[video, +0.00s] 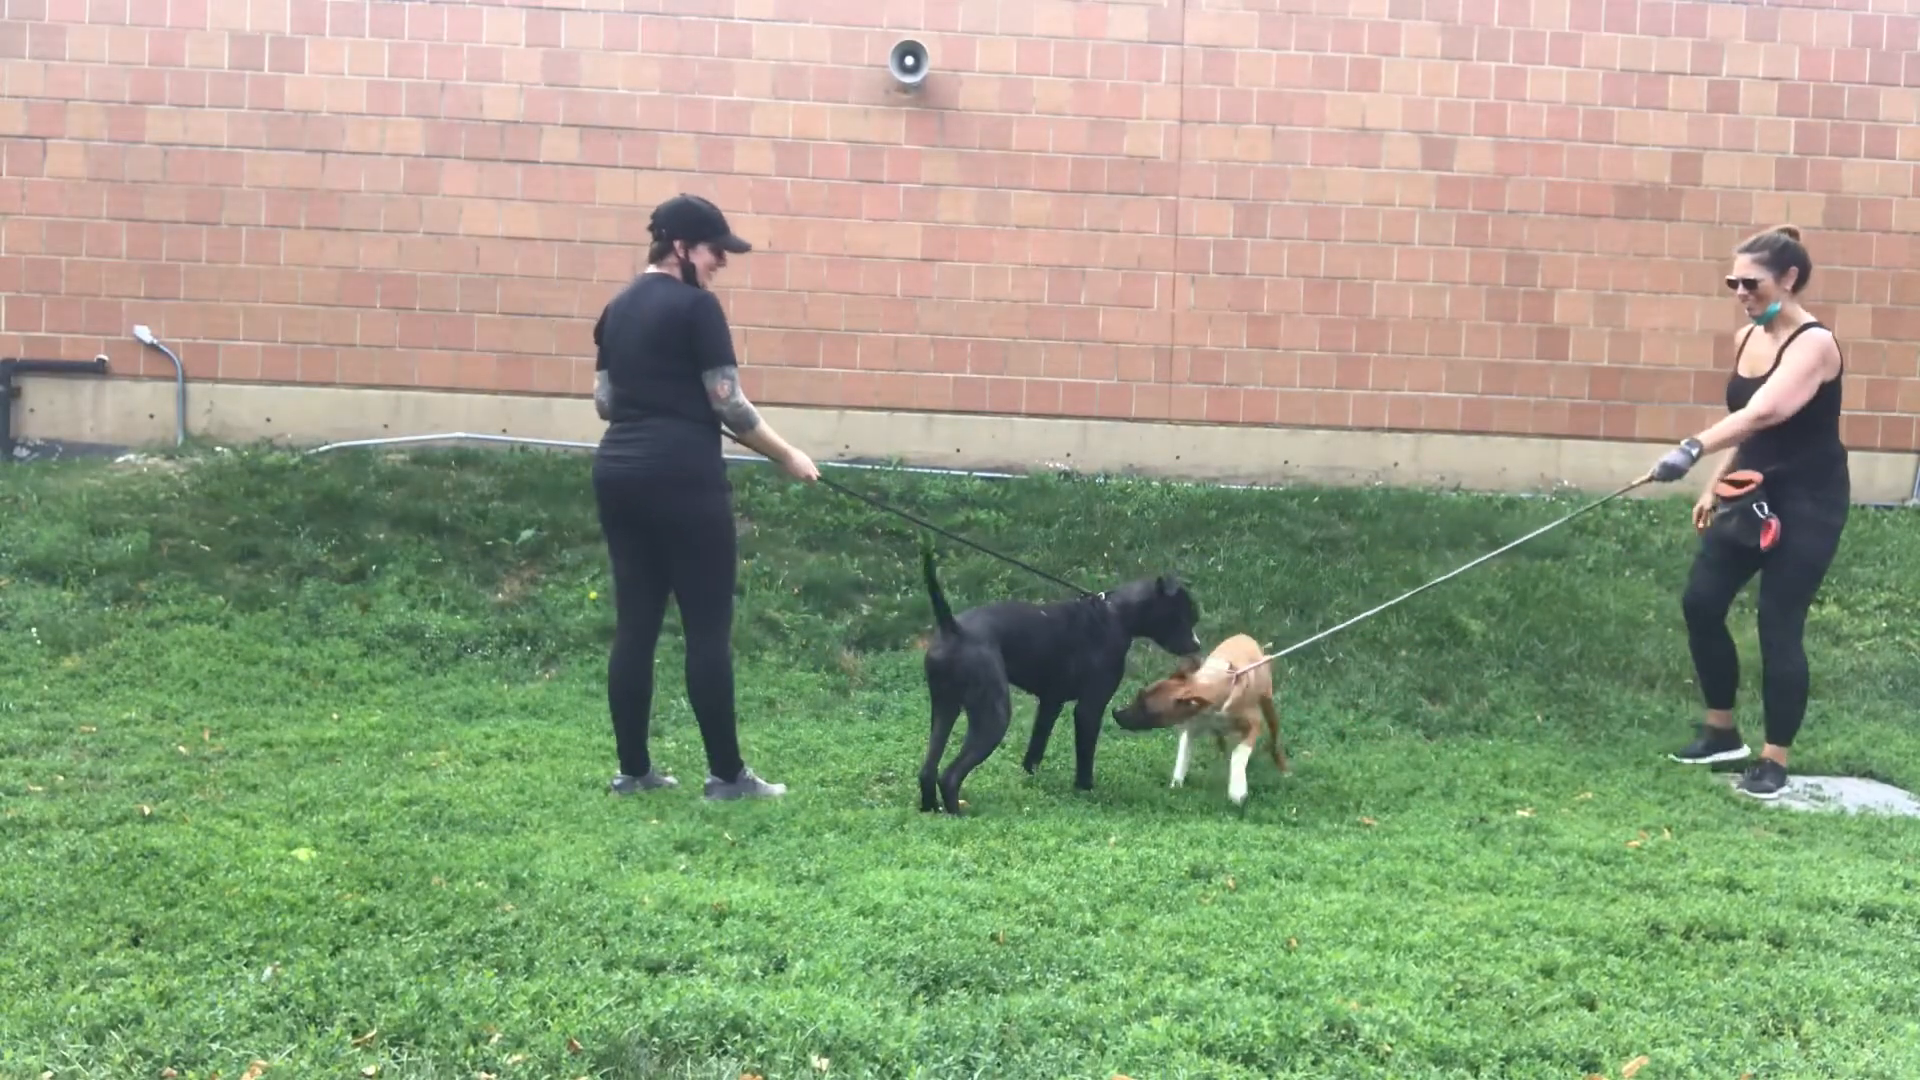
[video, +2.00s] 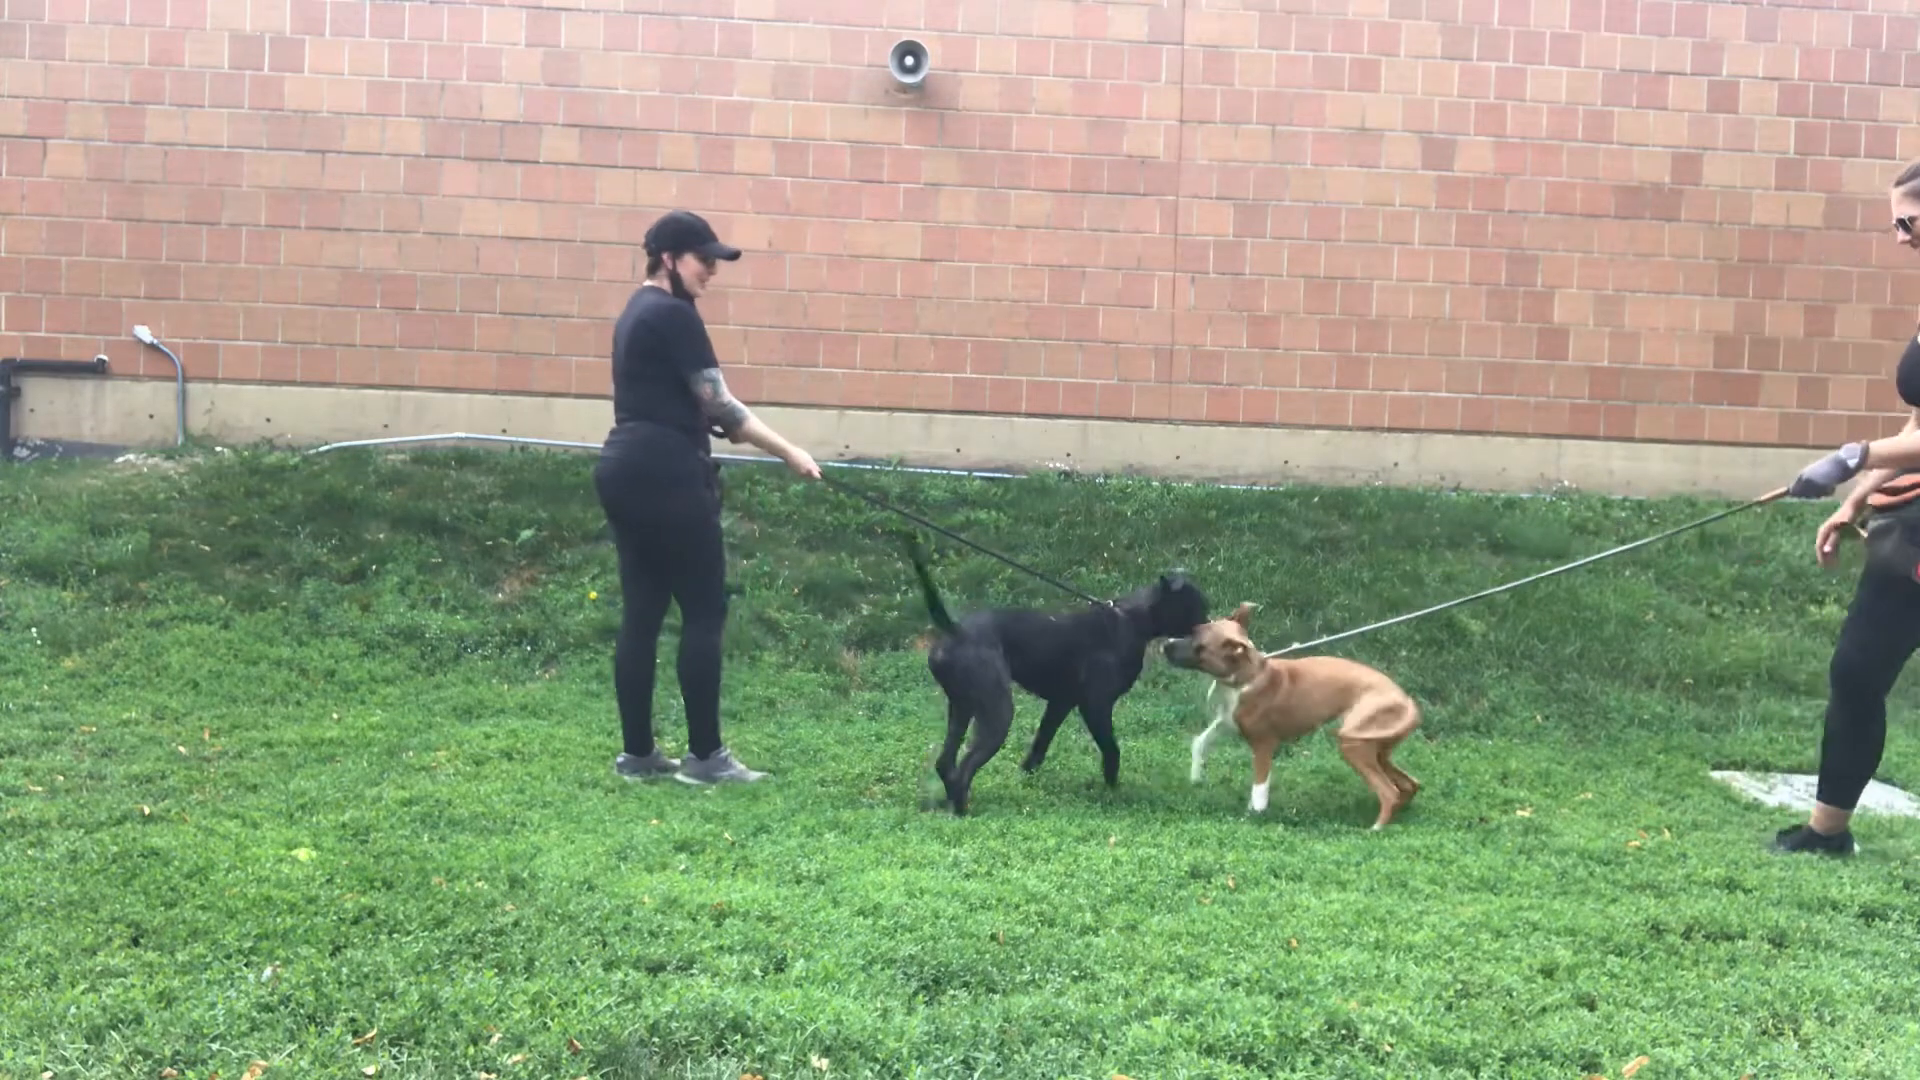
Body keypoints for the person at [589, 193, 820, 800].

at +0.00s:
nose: (720, 262)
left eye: (721, 252)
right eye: (713, 251)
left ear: (668, 250)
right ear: (681, 248)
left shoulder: (618, 305)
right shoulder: (697, 305)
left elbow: (607, 401)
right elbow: (728, 403)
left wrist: (682, 414)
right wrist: (786, 454)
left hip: (619, 467)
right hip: (684, 470)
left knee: (636, 622)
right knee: (708, 627)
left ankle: (634, 771)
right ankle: (727, 775)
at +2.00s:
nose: (712, 272)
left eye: (713, 262)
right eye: (705, 261)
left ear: (669, 261)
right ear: (670, 258)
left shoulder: (639, 309)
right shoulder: (675, 314)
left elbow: (674, 404)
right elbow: (720, 406)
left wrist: (725, 421)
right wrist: (787, 451)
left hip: (625, 463)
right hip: (669, 468)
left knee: (642, 609)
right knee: (705, 609)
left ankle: (638, 753)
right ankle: (707, 756)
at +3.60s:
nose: (742, 275)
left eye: (745, 266)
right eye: (730, 265)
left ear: (744, 270)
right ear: (700, 271)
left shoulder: (706, 319)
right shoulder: (706, 322)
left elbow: (738, 402)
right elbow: (754, 401)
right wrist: (825, 438)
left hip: (708, 467)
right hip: (713, 470)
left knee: (732, 599)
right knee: (745, 601)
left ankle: (691, 720)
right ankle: (723, 741)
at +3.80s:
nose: (763, 281)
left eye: (766, 272)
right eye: (754, 270)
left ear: (737, 274)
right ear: (721, 271)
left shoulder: (726, 319)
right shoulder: (716, 322)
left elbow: (752, 400)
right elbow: (761, 401)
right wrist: (832, 438)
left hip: (742, 470)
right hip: (720, 473)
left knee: (791, 587)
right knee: (726, 606)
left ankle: (760, 709)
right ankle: (726, 741)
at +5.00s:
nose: (816, 290)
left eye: (821, 282)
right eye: (807, 281)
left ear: (823, 285)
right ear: (778, 282)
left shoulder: (816, 346)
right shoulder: (759, 337)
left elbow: (817, 419)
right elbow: (801, 407)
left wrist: (827, 480)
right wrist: (869, 439)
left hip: (807, 483)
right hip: (756, 479)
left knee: (795, 608)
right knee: (745, 604)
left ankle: (798, 724)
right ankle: (717, 729)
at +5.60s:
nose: (838, 296)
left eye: (843, 287)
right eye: (828, 287)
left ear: (848, 289)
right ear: (802, 287)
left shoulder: (843, 348)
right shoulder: (784, 339)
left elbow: (845, 412)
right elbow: (810, 408)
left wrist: (873, 430)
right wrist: (878, 444)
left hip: (829, 478)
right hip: (786, 473)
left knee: (812, 591)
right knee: (832, 580)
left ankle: (800, 716)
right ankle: (779, 706)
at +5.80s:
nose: (851, 298)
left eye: (857, 289)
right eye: (841, 289)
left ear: (863, 290)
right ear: (816, 290)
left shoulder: (854, 347)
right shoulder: (801, 340)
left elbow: (858, 411)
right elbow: (823, 410)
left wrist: (887, 431)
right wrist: (890, 446)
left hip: (836, 480)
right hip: (801, 477)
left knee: (813, 604)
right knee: (866, 578)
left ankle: (799, 721)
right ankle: (869, 713)